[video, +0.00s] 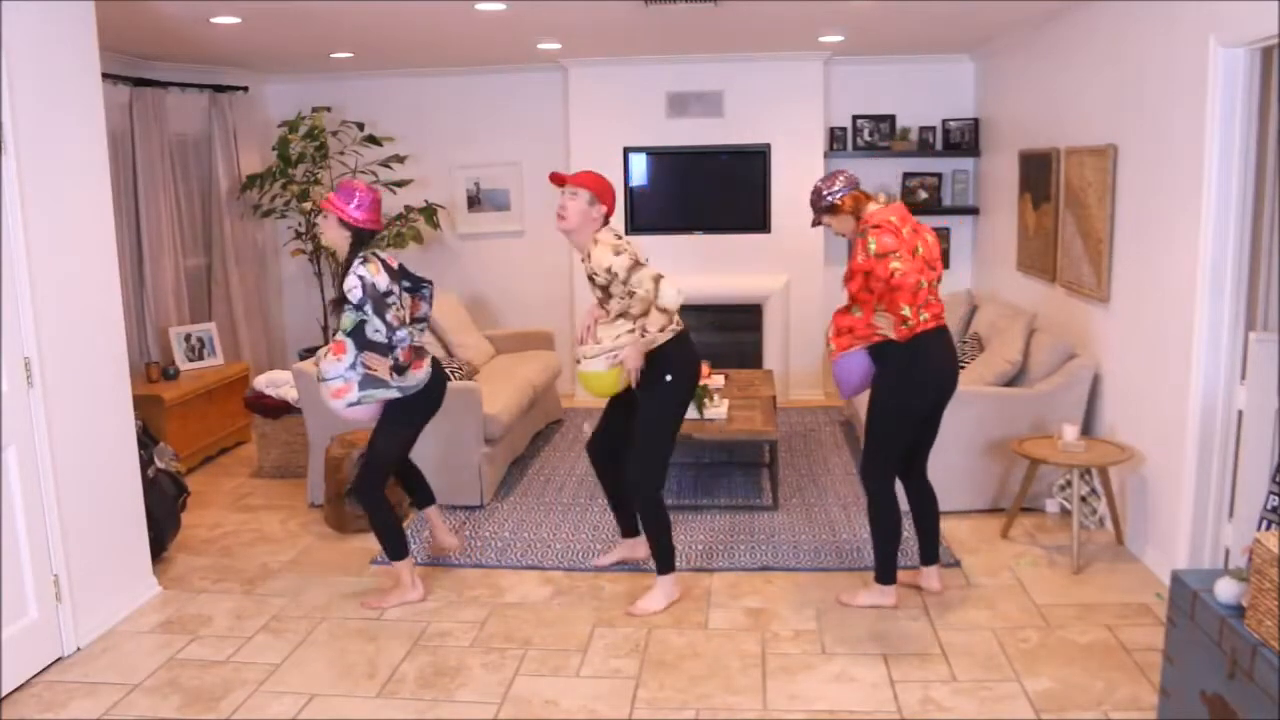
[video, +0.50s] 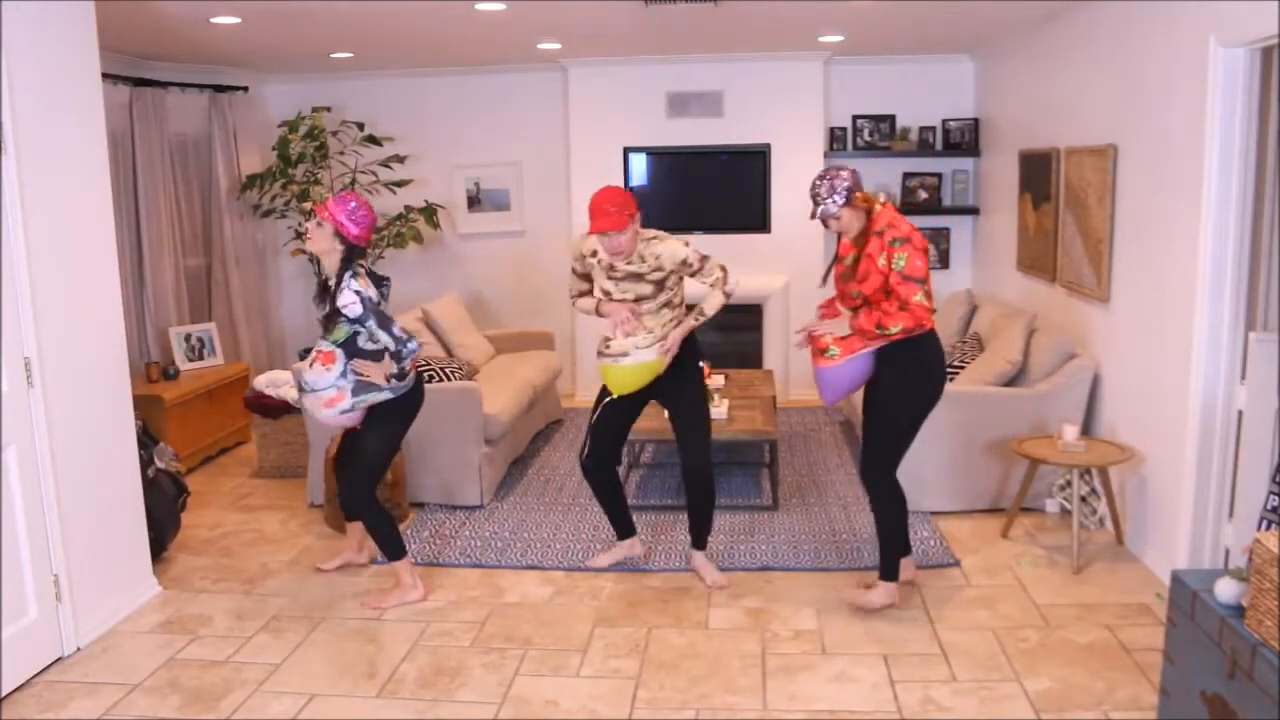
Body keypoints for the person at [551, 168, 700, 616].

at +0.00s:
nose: (561, 205)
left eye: (572, 199)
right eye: (562, 197)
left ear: (598, 212)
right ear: (566, 208)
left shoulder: (610, 255)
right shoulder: (593, 249)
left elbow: (667, 297)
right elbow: (624, 287)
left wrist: (638, 346)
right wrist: (594, 314)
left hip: (672, 361)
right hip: (647, 361)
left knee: (642, 473)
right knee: (604, 449)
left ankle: (668, 579)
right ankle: (632, 540)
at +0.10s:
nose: (559, 217)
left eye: (571, 210)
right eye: (558, 209)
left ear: (596, 220)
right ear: (556, 217)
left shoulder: (617, 262)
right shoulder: (583, 258)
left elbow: (683, 296)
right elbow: (615, 292)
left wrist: (650, 342)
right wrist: (595, 314)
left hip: (672, 363)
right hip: (637, 363)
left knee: (646, 465)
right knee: (600, 456)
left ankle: (666, 577)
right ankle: (631, 545)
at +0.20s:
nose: (566, 242)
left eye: (575, 232)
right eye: (560, 233)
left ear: (598, 231)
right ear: (555, 236)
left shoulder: (629, 264)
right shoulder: (573, 268)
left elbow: (697, 297)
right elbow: (586, 301)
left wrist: (660, 344)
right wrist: (594, 320)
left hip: (670, 363)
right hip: (626, 367)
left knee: (661, 462)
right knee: (591, 463)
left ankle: (675, 561)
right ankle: (632, 546)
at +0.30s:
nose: (577, 250)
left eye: (585, 238)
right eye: (569, 240)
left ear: (606, 233)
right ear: (561, 241)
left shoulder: (638, 263)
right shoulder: (573, 266)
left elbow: (704, 296)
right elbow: (577, 300)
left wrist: (665, 340)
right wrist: (595, 316)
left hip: (670, 361)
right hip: (624, 365)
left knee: (673, 459)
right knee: (592, 462)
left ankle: (689, 551)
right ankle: (632, 546)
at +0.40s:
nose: (598, 247)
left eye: (605, 236)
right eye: (590, 238)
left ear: (623, 228)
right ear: (581, 237)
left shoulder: (658, 256)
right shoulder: (580, 255)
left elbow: (711, 292)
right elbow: (577, 298)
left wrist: (674, 334)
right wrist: (601, 310)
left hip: (672, 361)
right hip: (623, 365)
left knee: (691, 461)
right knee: (598, 463)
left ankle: (698, 551)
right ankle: (632, 546)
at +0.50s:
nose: (614, 242)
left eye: (621, 232)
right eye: (605, 235)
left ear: (637, 223)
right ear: (594, 232)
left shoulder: (667, 250)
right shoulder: (586, 252)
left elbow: (721, 282)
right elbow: (578, 295)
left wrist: (684, 329)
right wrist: (606, 307)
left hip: (677, 359)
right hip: (626, 362)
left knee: (697, 457)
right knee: (595, 459)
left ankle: (699, 550)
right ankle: (628, 540)